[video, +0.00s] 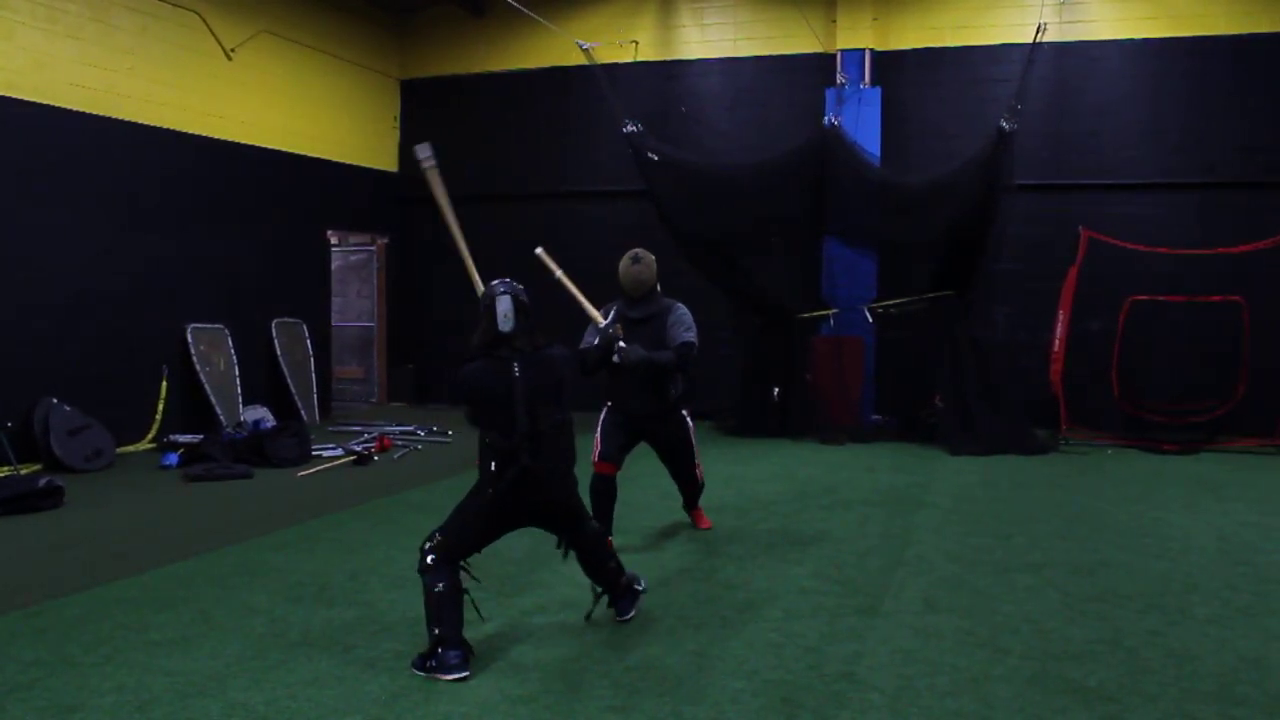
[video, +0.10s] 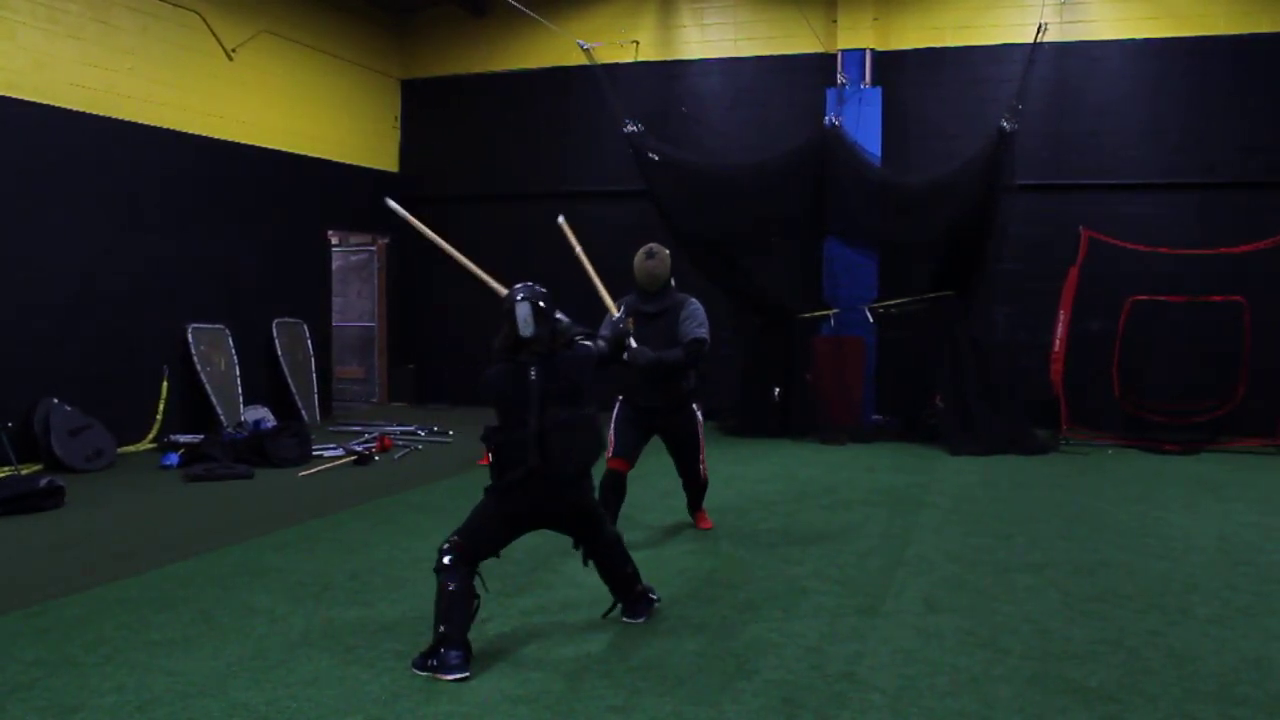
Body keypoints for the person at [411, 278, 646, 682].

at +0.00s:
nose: (505, 320)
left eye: (498, 312)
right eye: (508, 310)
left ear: (484, 321)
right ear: (530, 318)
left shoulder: (475, 371)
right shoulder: (556, 362)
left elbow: (473, 417)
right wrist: (602, 343)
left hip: (498, 494)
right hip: (554, 490)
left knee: (437, 553)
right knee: (585, 535)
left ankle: (448, 649)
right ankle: (623, 593)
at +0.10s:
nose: (525, 328)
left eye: (521, 322)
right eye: (534, 320)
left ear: (510, 330)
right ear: (554, 324)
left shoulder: (500, 370)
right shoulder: (579, 361)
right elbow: (602, 346)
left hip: (514, 495)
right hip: (570, 491)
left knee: (454, 555)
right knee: (600, 537)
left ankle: (450, 649)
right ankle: (635, 599)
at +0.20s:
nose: (549, 321)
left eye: (548, 314)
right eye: (551, 312)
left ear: (535, 323)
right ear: (578, 321)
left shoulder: (525, 365)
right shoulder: (606, 357)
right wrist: (628, 329)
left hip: (541, 484)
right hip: (597, 479)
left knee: (492, 553)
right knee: (622, 526)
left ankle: (458, 641)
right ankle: (639, 599)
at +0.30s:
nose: (574, 311)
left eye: (570, 303)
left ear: (556, 311)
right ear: (600, 308)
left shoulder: (543, 360)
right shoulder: (625, 354)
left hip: (562, 475)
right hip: (614, 473)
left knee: (514, 543)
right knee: (630, 520)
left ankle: (500, 631)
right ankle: (639, 598)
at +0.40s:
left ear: (571, 301)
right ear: (612, 299)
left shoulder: (557, 350)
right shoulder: (636, 347)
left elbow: (538, 409)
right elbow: (657, 404)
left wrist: (541, 460)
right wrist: (636, 441)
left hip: (572, 464)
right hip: (625, 463)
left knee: (530, 537)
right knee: (635, 520)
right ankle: (641, 600)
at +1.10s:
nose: (616, 311)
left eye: (620, 306)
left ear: (624, 312)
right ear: (665, 317)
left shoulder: (606, 350)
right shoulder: (682, 358)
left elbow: (575, 409)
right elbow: (691, 422)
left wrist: (598, 436)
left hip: (616, 471)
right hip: (666, 470)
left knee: (580, 546)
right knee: (677, 524)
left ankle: (621, 634)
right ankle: (690, 597)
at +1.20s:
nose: (623, 317)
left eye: (628, 312)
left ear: (633, 317)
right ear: (677, 322)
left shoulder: (619, 350)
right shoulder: (690, 361)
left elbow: (586, 409)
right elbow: (699, 424)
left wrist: (610, 442)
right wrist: (676, 448)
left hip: (626, 469)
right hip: (677, 469)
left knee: (586, 543)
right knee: (684, 517)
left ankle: (622, 634)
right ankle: (689, 596)